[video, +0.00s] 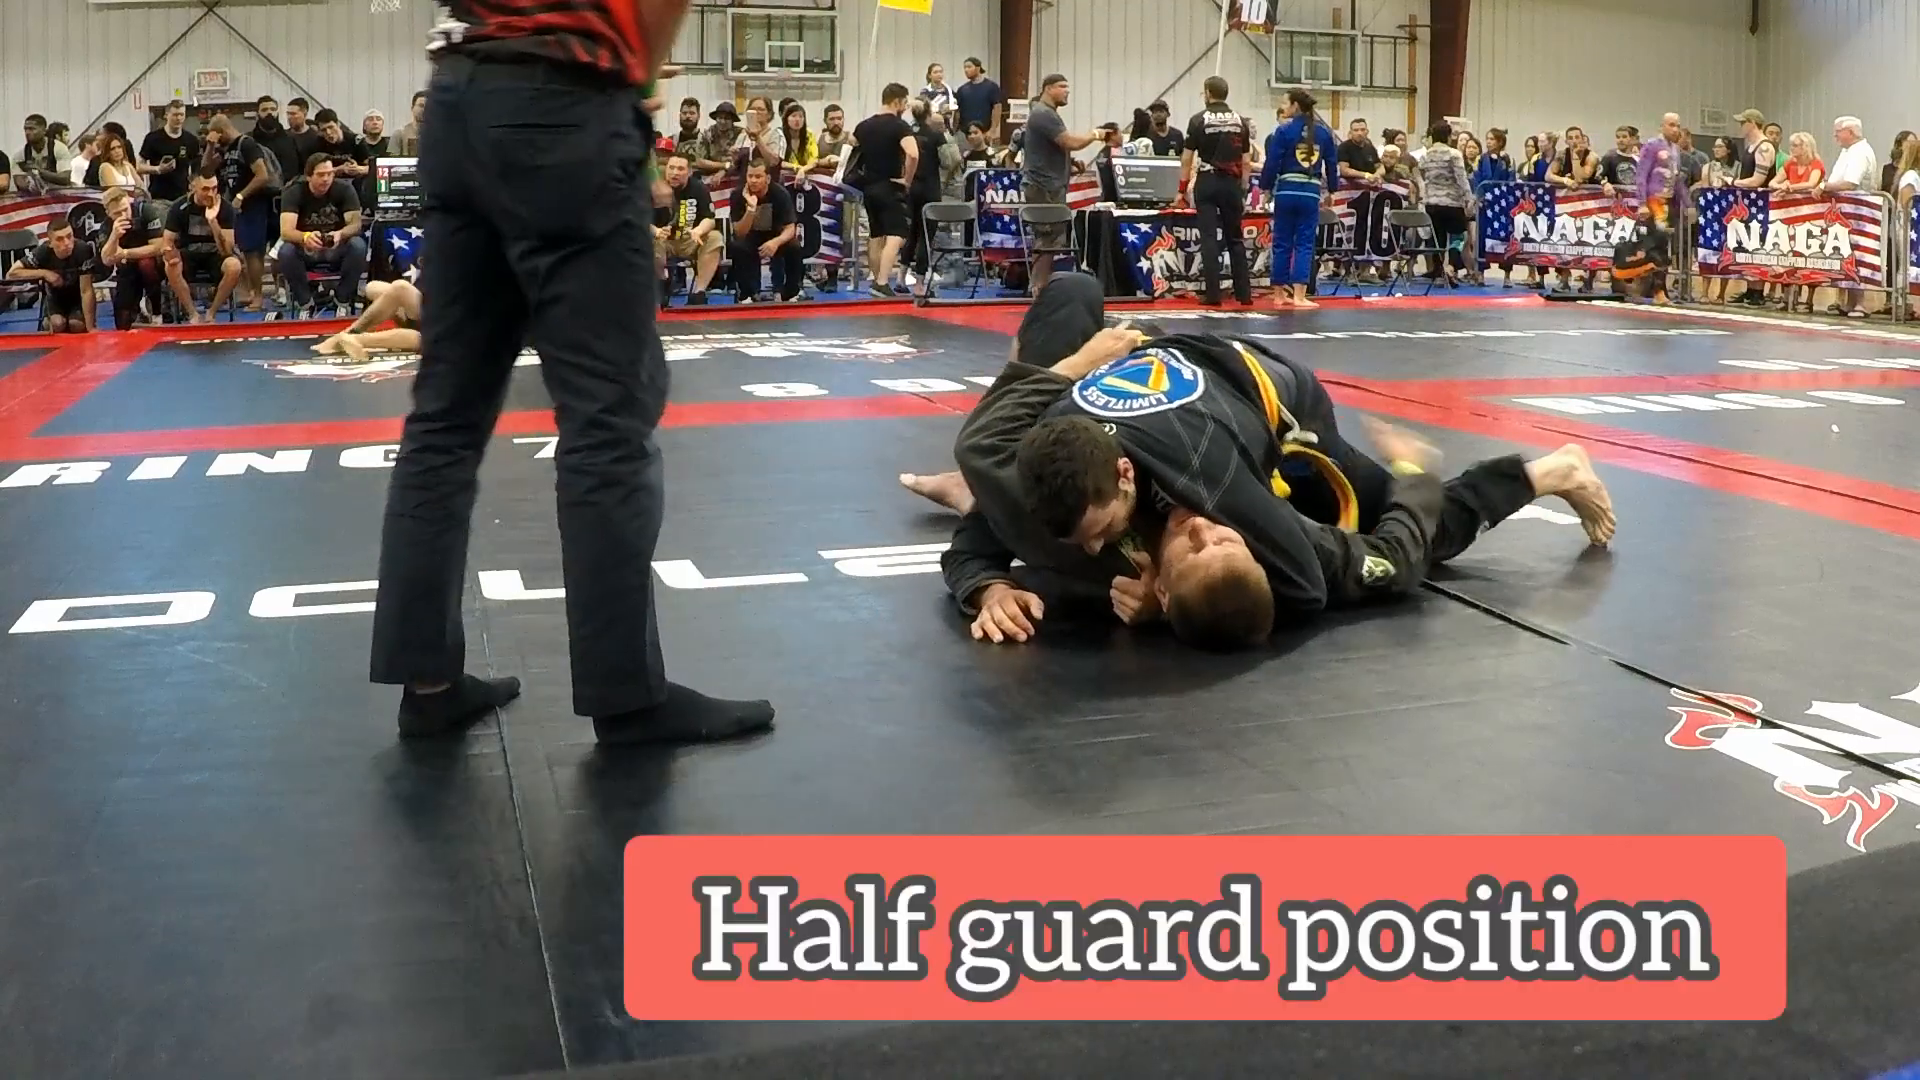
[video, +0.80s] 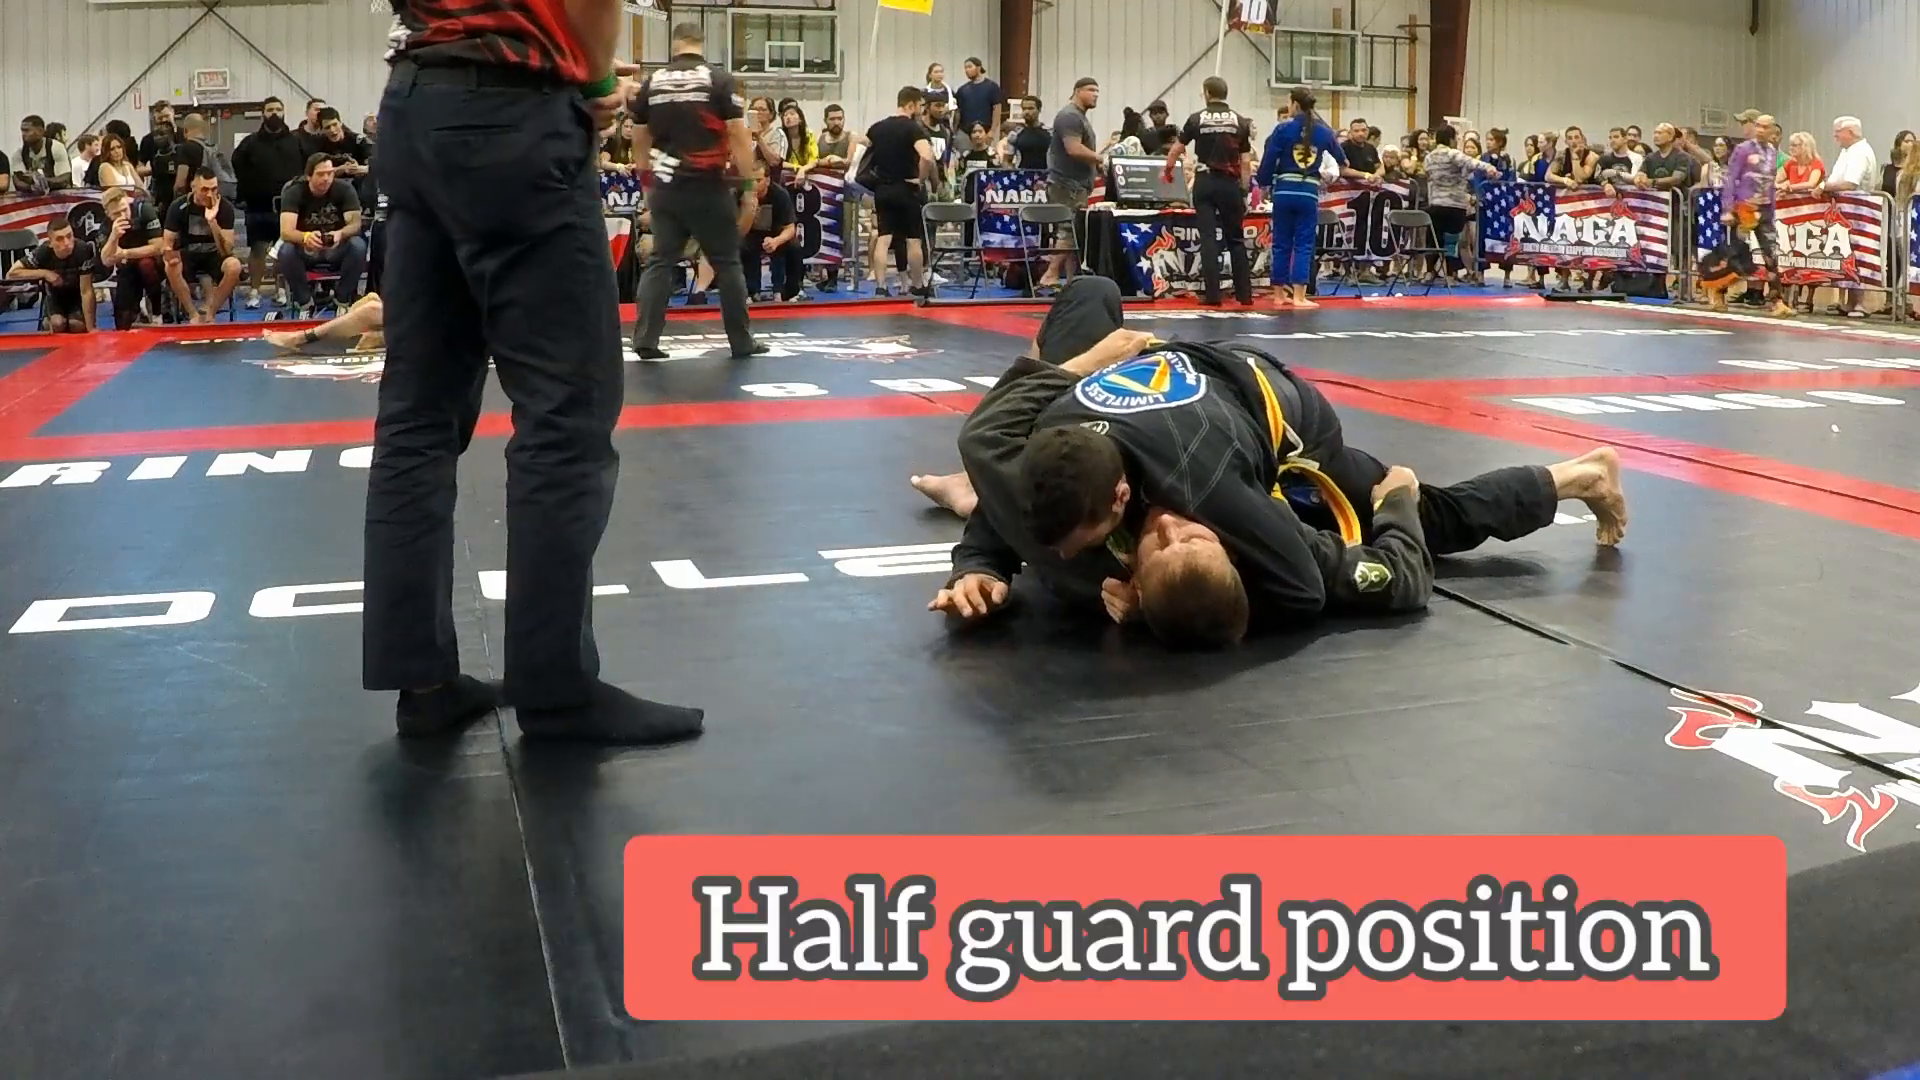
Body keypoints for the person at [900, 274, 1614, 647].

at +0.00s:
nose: (1091, 543)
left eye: (1100, 531)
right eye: (1072, 537)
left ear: (1129, 488)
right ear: (1027, 508)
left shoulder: (1203, 489)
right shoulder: (1004, 475)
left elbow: (1313, 582)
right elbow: (966, 554)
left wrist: (1166, 607)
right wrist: (983, 593)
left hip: (1255, 387)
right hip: (1141, 355)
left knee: (1392, 531)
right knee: (1063, 288)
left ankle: (1539, 469)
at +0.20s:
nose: (1090, 540)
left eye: (1100, 530)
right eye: (1070, 535)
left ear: (1125, 479)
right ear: (1024, 499)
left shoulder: (1200, 481)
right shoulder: (1012, 470)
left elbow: (1317, 590)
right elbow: (980, 549)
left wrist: (1148, 604)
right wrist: (985, 593)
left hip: (1277, 405)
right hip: (1170, 359)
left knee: (1422, 530)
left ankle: (1577, 472)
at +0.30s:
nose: (1093, 539)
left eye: (1101, 531)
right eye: (1067, 533)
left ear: (1121, 479)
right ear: (1022, 497)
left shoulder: (1202, 487)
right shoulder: (1015, 467)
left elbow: (1310, 594)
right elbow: (997, 551)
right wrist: (982, 582)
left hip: (1283, 403)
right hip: (1182, 356)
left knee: (1414, 531)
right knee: (1096, 284)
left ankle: (1587, 475)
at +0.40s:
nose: (1082, 539)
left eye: (1093, 530)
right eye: (1060, 533)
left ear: (1117, 478)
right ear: (1020, 490)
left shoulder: (1200, 487)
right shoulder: (1014, 457)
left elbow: (1307, 591)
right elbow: (999, 536)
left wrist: (1147, 601)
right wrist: (978, 576)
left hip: (1283, 407)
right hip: (1180, 355)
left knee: (1414, 532)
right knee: (1096, 285)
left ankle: (1588, 476)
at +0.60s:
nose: (1064, 543)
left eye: (1080, 536)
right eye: (1050, 536)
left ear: (1114, 487)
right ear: (1017, 485)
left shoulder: (1200, 489)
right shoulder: (1014, 454)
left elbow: (1306, 598)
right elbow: (995, 533)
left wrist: (1148, 603)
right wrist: (979, 571)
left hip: (1279, 406)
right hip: (1181, 357)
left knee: (1403, 513)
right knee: (1091, 290)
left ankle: (1588, 476)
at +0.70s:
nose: (1162, 536)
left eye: (1102, 541)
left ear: (1118, 500)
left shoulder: (1201, 494)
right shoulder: (1012, 460)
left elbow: (1306, 594)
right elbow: (996, 536)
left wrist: (1145, 605)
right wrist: (978, 574)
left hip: (1273, 403)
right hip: (1172, 356)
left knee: (1407, 518)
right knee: (1086, 292)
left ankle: (1583, 477)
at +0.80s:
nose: (1171, 534)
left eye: (1137, 546)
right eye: (1181, 543)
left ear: (1118, 511)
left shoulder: (1201, 491)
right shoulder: (1010, 462)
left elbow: (1307, 591)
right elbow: (994, 538)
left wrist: (1134, 598)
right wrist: (977, 573)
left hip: (1271, 401)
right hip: (1173, 354)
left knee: (1414, 522)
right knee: (1080, 292)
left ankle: (1580, 476)